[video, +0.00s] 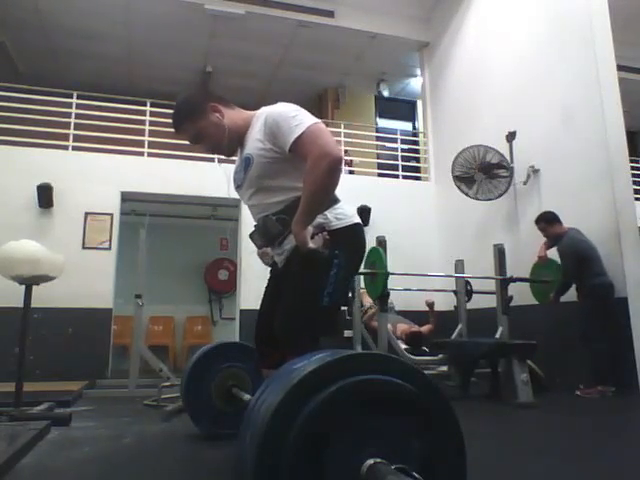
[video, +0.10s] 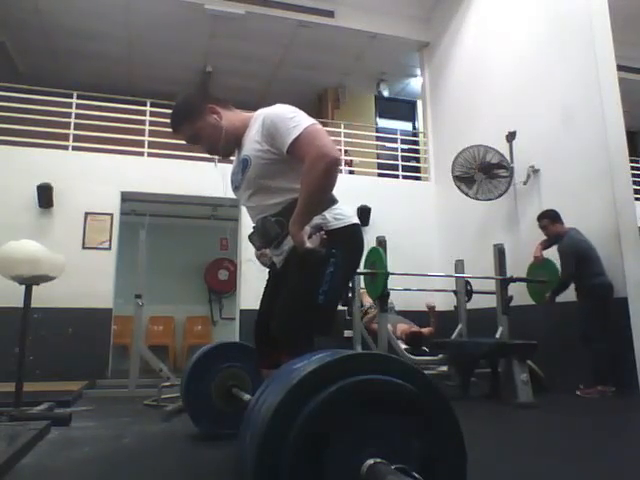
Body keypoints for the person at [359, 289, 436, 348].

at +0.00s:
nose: (414, 327)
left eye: (412, 331)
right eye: (416, 329)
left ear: (403, 338)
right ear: (418, 330)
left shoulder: (387, 330)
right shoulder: (422, 333)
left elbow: (367, 321)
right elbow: (432, 325)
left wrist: (378, 308)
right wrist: (431, 309)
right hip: (392, 314)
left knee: (365, 294)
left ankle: (362, 292)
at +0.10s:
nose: (414, 328)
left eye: (412, 332)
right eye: (417, 330)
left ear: (404, 339)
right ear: (419, 331)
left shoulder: (388, 332)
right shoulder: (423, 333)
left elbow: (366, 324)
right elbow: (432, 329)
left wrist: (377, 310)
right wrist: (432, 312)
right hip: (392, 315)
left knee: (364, 293)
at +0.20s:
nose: (412, 327)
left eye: (410, 330)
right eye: (415, 329)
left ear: (403, 338)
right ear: (419, 331)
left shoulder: (388, 332)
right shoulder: (421, 335)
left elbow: (365, 327)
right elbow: (434, 333)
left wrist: (374, 314)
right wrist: (434, 317)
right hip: (392, 315)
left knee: (364, 294)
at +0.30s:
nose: (413, 327)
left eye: (411, 330)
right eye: (415, 329)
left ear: (404, 338)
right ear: (419, 332)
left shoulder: (389, 332)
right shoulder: (422, 334)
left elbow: (366, 329)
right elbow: (434, 333)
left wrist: (375, 313)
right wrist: (435, 318)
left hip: (377, 317)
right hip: (392, 315)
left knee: (364, 294)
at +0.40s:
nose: (412, 327)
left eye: (411, 330)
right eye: (415, 329)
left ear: (404, 339)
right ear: (419, 332)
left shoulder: (389, 333)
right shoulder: (422, 334)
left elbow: (366, 329)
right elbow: (434, 334)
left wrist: (375, 314)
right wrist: (434, 317)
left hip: (376, 316)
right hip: (392, 315)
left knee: (364, 293)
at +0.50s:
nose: (411, 327)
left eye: (410, 330)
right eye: (414, 329)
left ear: (404, 339)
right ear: (420, 332)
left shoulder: (389, 333)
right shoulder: (423, 335)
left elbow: (367, 329)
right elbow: (434, 334)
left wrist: (376, 313)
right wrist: (433, 317)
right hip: (392, 314)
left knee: (364, 293)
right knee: (384, 297)